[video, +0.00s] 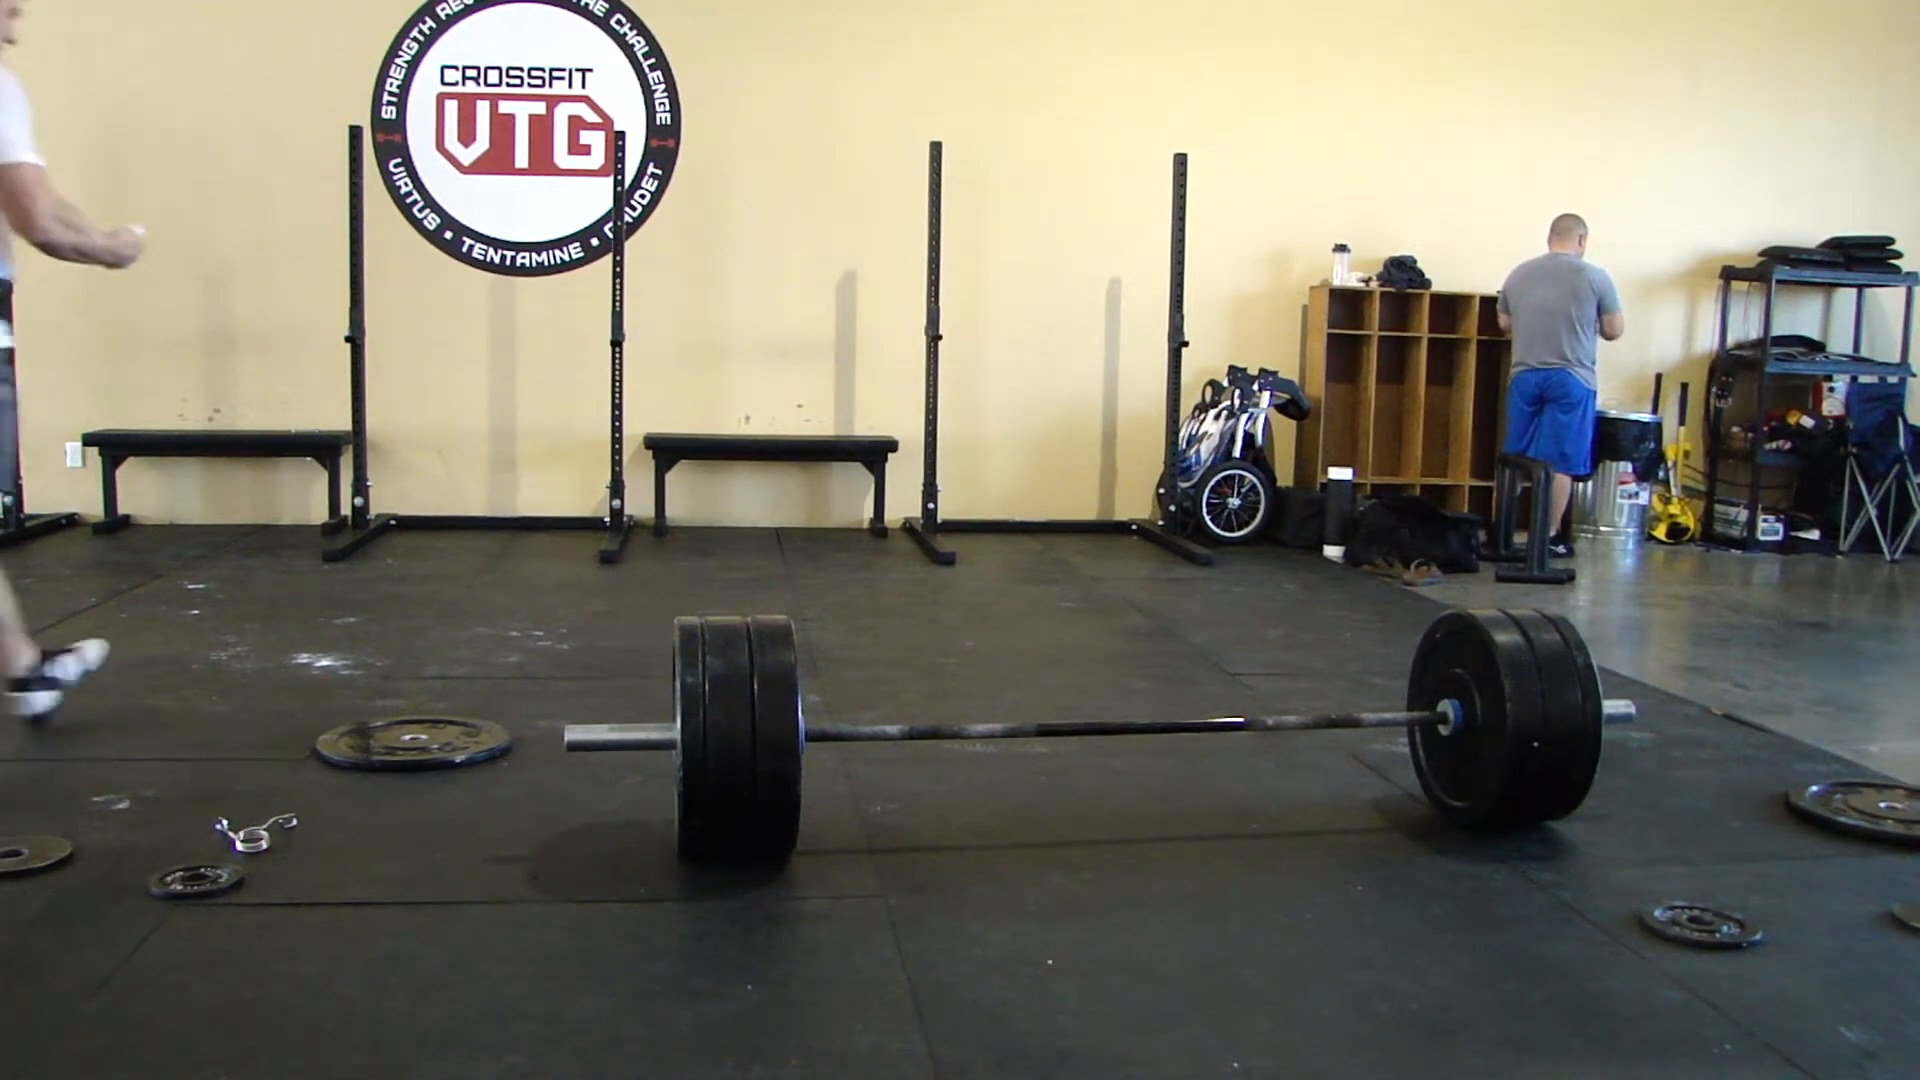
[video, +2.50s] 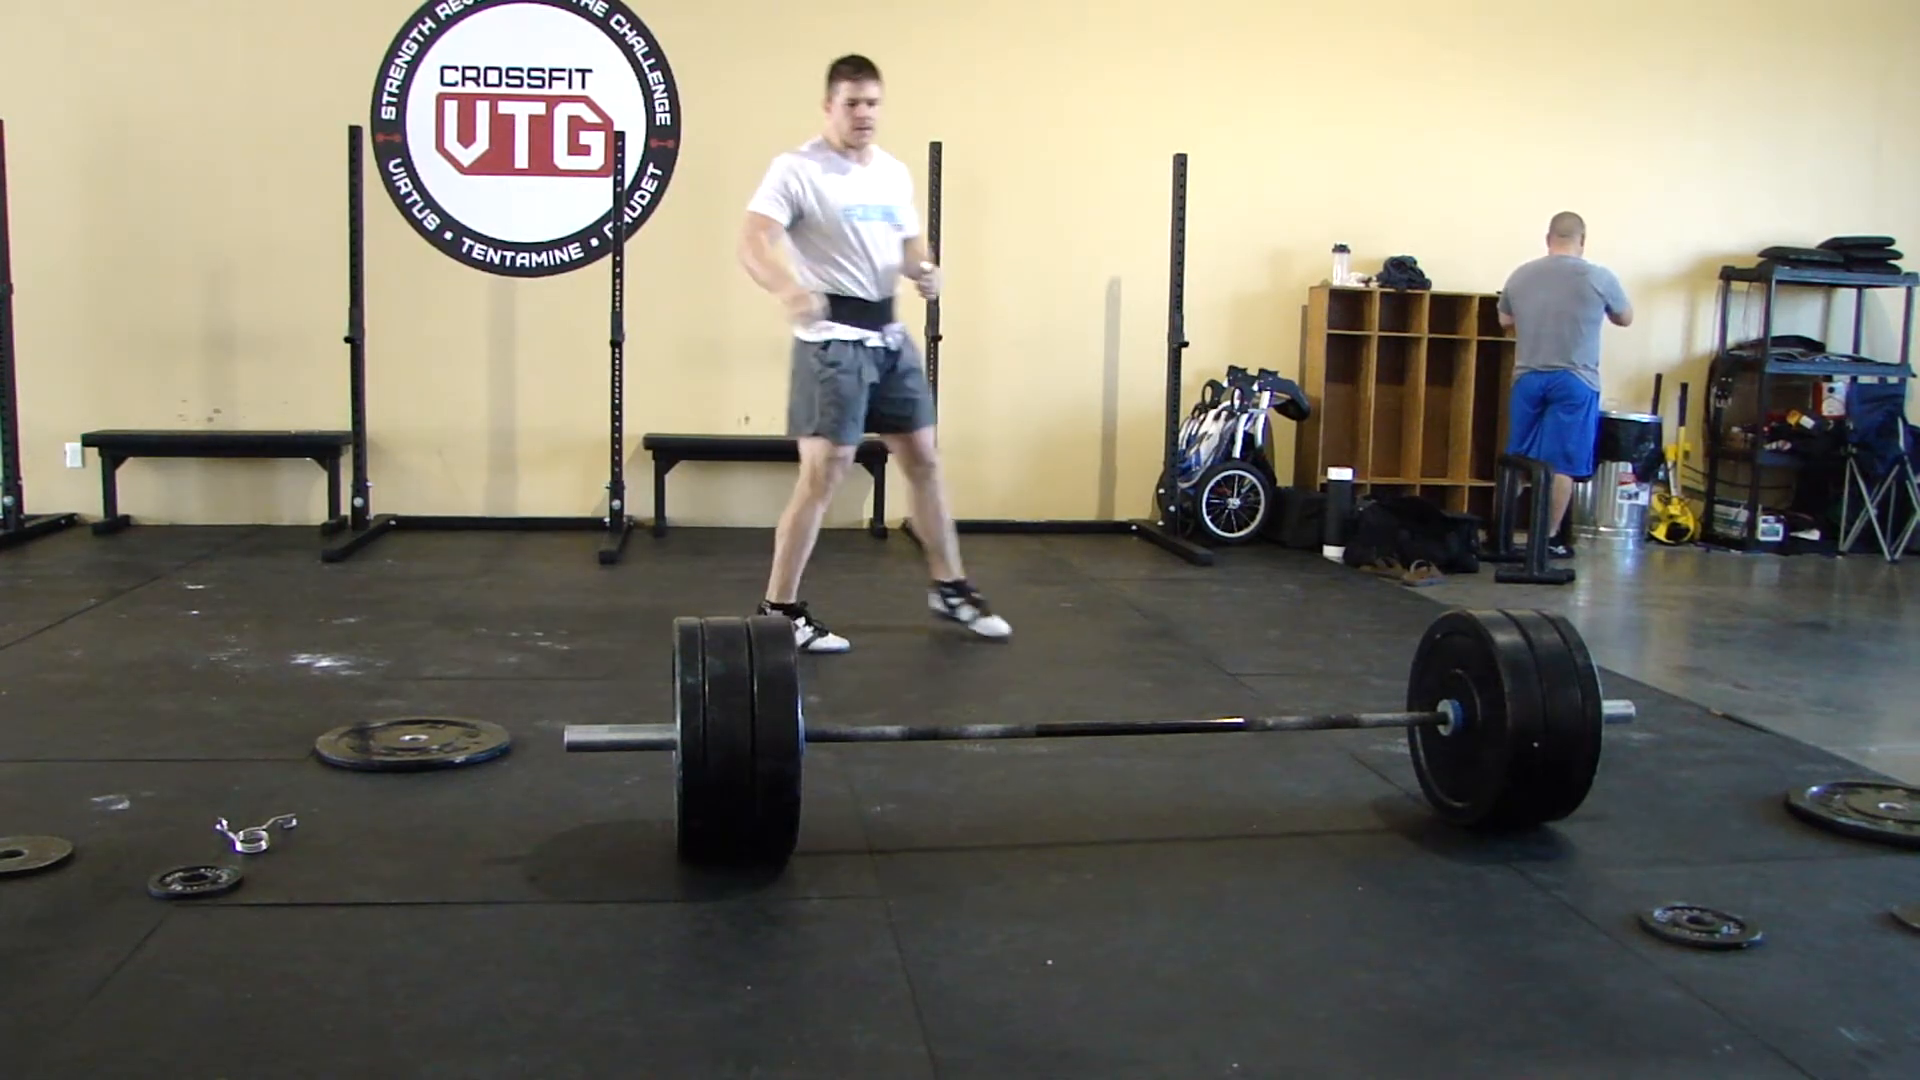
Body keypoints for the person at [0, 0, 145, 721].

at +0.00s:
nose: (20, 15)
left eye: (18, 6)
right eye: (16, 6)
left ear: (7, 15)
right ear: (3, 13)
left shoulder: (10, 87)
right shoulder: (3, 87)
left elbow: (36, 214)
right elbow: (36, 217)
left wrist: (97, 242)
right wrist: (107, 246)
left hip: (1, 343)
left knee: (1, 509)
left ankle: (25, 666)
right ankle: (22, 667)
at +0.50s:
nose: (211, 69)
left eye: (217, 55)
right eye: (209, 52)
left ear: (156, 32)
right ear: (175, 34)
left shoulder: (75, 102)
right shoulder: (173, 109)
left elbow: (103, 216)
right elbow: (201, 227)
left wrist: (232, 216)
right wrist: (274, 233)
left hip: (93, 322)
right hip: (167, 328)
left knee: (92, 500)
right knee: (242, 484)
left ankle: (71, 680)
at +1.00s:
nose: (413, 85)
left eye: (415, 72)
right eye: (411, 70)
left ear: (360, 58)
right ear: (383, 58)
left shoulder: (311, 122)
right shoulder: (383, 125)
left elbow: (367, 216)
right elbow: (435, 228)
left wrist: (458, 208)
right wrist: (487, 214)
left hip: (329, 324)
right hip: (383, 334)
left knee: (361, 465)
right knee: (380, 495)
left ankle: (336, 591)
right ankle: (357, 646)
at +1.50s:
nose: (581, 109)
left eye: (584, 98)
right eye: (573, 95)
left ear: (536, 93)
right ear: (536, 87)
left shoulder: (509, 140)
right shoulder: (539, 148)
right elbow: (579, 247)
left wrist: (605, 239)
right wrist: (636, 246)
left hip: (515, 328)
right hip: (553, 333)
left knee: (546, 470)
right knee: (606, 472)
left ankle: (534, 608)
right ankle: (493, 566)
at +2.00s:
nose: (748, 117)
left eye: (755, 107)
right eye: (737, 105)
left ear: (758, 109)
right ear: (706, 104)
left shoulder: (724, 169)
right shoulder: (697, 165)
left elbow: (720, 256)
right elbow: (664, 257)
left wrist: (776, 264)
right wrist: (645, 348)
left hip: (707, 339)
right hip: (727, 341)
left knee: (698, 465)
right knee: (772, 473)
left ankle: (597, 563)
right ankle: (777, 613)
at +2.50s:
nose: (864, 114)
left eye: (872, 104)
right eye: (852, 103)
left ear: (882, 108)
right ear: (826, 106)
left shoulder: (893, 173)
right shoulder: (796, 170)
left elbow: (911, 248)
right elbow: (752, 243)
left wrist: (924, 271)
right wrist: (790, 291)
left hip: (890, 337)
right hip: (831, 337)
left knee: (923, 460)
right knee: (823, 473)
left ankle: (951, 590)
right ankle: (780, 611)